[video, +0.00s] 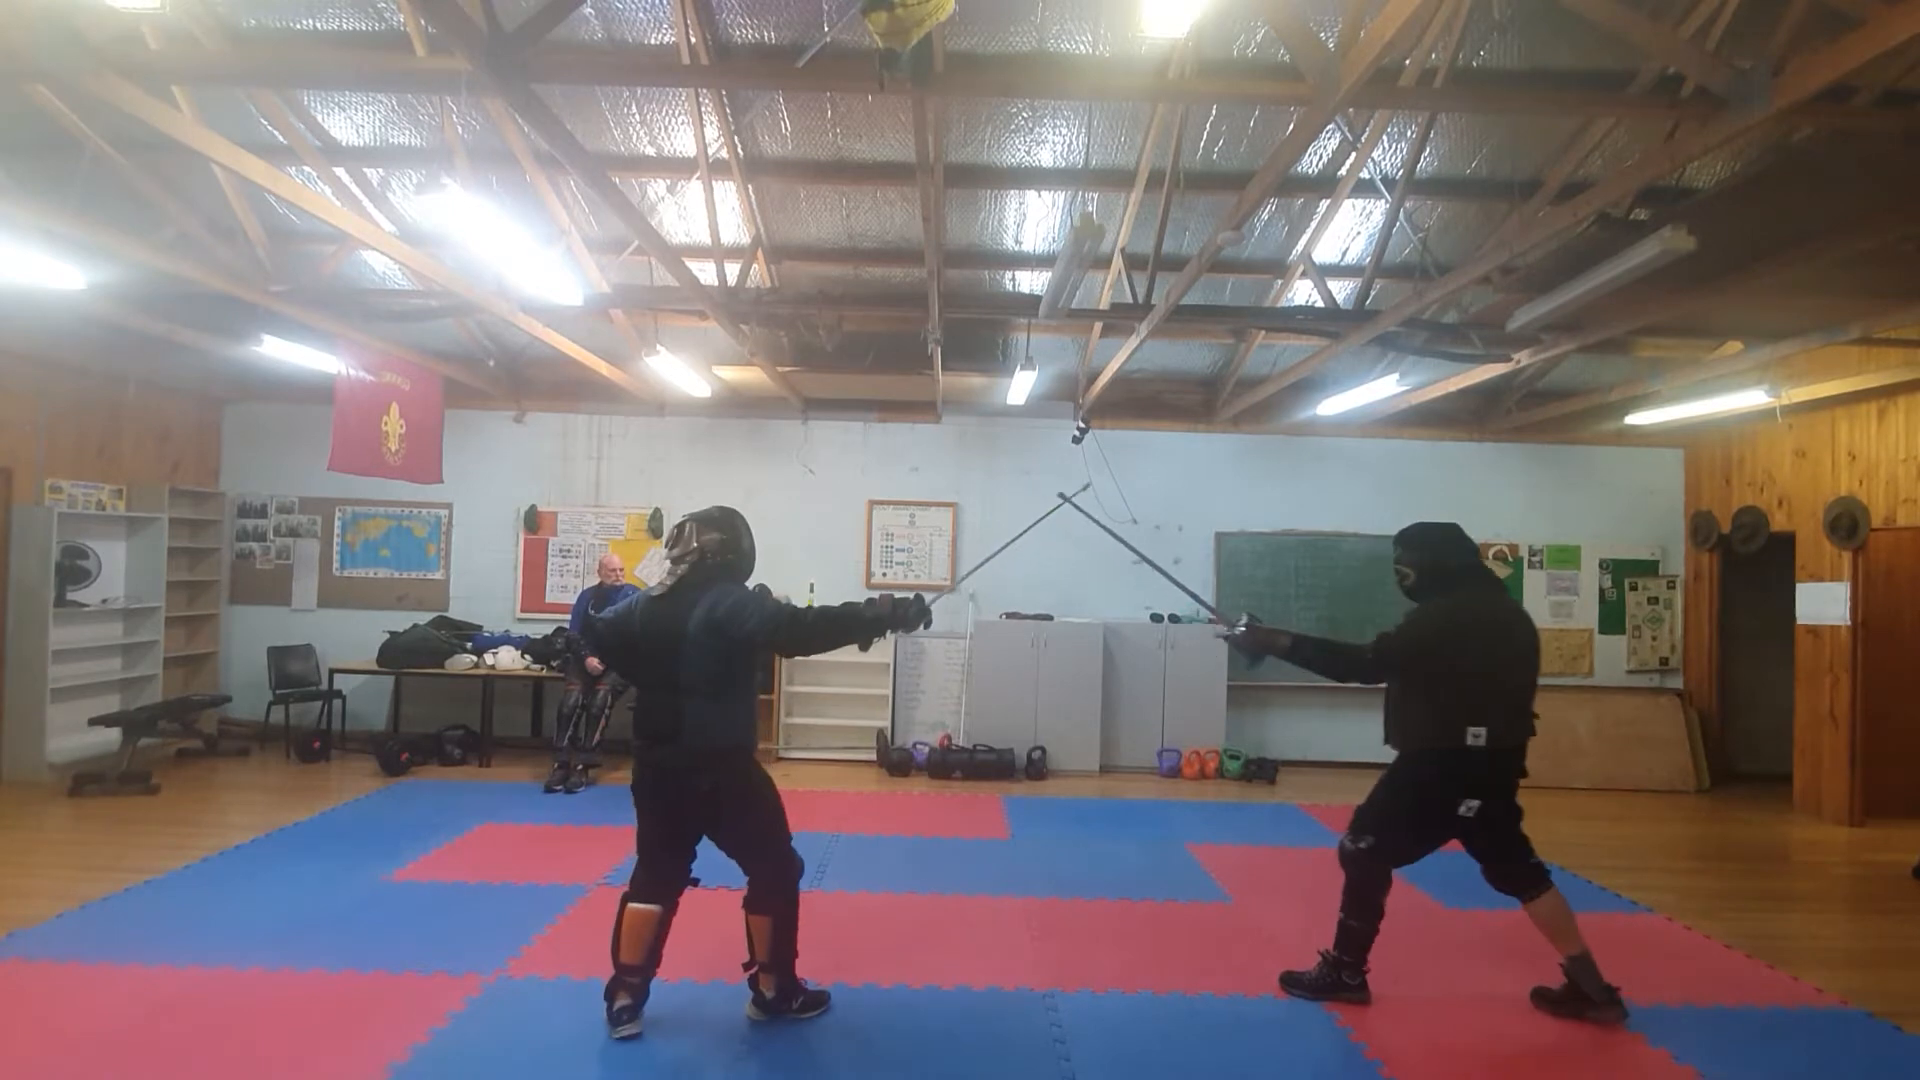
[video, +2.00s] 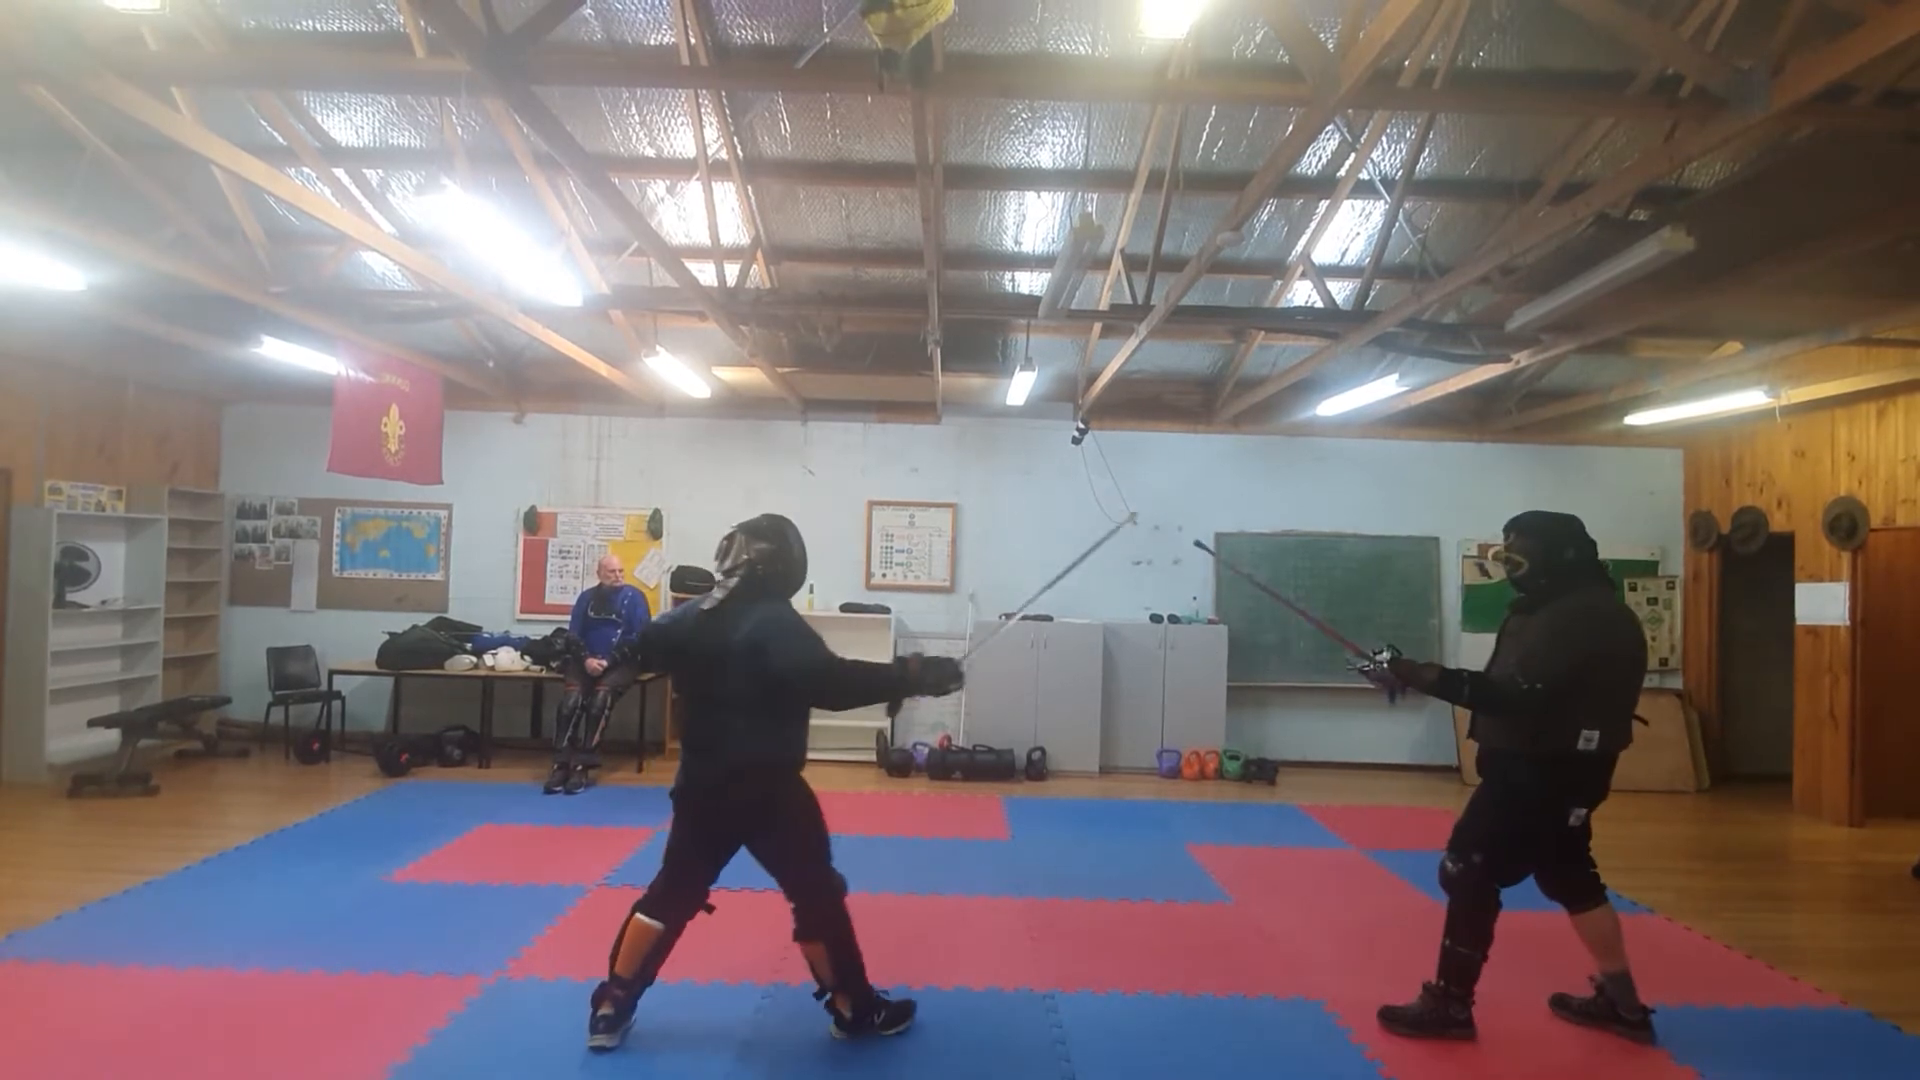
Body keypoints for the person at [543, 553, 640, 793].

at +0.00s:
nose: (618, 574)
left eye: (620, 570)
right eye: (612, 571)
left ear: (624, 570)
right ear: (599, 572)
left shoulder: (633, 595)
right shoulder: (586, 596)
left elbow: (635, 636)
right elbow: (573, 633)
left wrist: (609, 660)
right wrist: (586, 657)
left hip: (617, 662)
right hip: (583, 659)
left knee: (599, 702)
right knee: (571, 700)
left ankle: (582, 767)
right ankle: (560, 764)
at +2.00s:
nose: (618, 576)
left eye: (621, 572)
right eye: (612, 572)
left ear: (624, 572)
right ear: (599, 573)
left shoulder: (634, 597)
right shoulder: (586, 597)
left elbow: (637, 636)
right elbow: (573, 635)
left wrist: (609, 660)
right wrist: (585, 658)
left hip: (619, 662)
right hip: (585, 659)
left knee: (601, 696)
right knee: (572, 697)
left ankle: (581, 768)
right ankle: (560, 765)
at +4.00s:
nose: (618, 576)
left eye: (621, 572)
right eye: (613, 572)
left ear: (624, 573)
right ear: (600, 573)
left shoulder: (635, 598)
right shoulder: (587, 598)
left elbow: (639, 637)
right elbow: (574, 636)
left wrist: (609, 661)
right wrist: (586, 659)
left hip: (620, 662)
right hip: (586, 660)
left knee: (601, 698)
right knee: (572, 698)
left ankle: (582, 768)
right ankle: (561, 766)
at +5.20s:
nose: (618, 576)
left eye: (621, 571)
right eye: (613, 571)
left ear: (624, 572)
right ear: (600, 573)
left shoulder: (634, 597)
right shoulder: (587, 597)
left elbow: (640, 636)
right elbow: (574, 635)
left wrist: (610, 660)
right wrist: (586, 658)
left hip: (620, 663)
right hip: (586, 660)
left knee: (601, 697)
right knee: (572, 697)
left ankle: (582, 768)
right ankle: (561, 765)